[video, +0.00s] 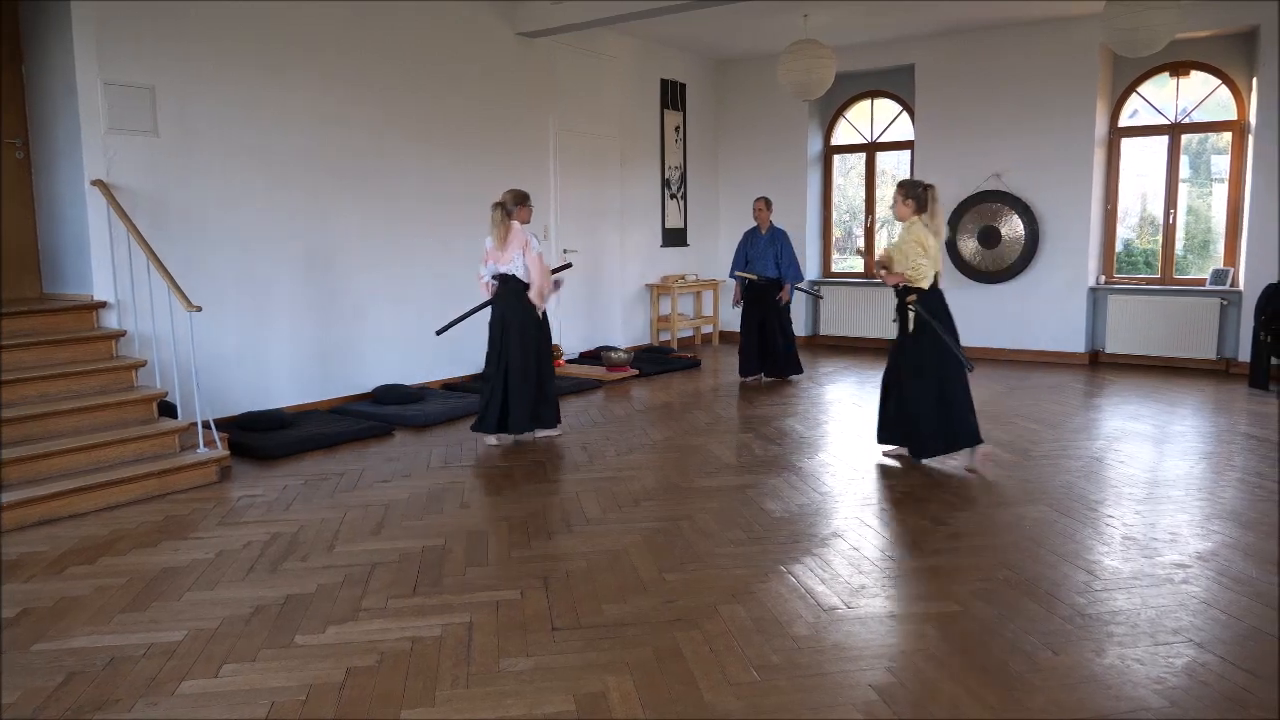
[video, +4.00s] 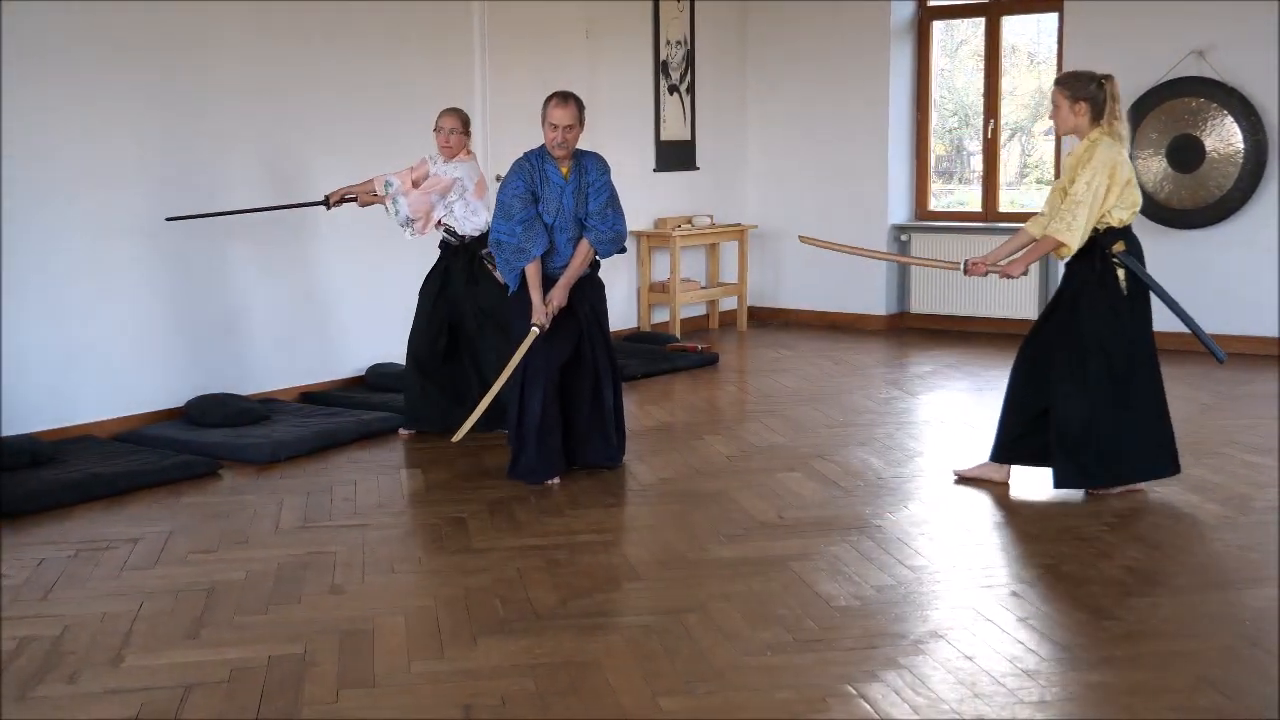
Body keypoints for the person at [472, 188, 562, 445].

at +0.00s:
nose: (531, 211)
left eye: (530, 207)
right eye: (528, 207)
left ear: (507, 209)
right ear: (519, 210)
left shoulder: (492, 239)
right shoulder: (526, 237)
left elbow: (486, 279)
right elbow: (540, 280)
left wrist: (498, 296)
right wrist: (538, 298)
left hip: (500, 299)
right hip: (522, 299)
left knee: (500, 360)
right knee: (534, 359)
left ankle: (492, 426)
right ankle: (542, 421)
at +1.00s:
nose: (595, 204)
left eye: (594, 198)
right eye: (591, 198)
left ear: (570, 202)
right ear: (575, 201)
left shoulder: (567, 228)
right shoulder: (578, 225)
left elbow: (613, 254)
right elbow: (618, 187)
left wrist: (622, 217)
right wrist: (618, 142)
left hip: (551, 307)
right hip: (568, 308)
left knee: (546, 373)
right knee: (603, 386)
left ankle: (519, 432)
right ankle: (590, 464)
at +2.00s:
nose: (529, 156)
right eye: (527, 152)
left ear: (493, 161)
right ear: (527, 156)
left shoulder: (485, 195)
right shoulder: (548, 188)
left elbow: (489, 163)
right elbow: (553, 178)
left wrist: (508, 130)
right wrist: (540, 146)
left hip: (506, 289)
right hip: (544, 287)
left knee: (511, 378)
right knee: (555, 380)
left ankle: (497, 463)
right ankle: (556, 480)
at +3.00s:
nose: (453, 135)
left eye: (458, 129)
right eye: (445, 129)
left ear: (462, 131)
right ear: (429, 131)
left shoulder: (457, 163)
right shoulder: (420, 158)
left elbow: (409, 195)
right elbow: (387, 161)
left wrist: (362, 175)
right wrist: (358, 162)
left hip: (463, 254)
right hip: (436, 252)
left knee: (461, 334)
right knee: (428, 332)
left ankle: (461, 418)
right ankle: (428, 415)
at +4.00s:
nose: (446, 137)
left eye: (454, 132)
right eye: (441, 131)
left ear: (467, 137)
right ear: (434, 134)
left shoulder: (464, 167)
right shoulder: (436, 164)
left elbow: (424, 198)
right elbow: (396, 179)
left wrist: (377, 199)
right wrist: (349, 190)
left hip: (479, 258)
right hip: (451, 257)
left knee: (487, 338)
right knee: (426, 335)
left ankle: (508, 418)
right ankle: (417, 416)